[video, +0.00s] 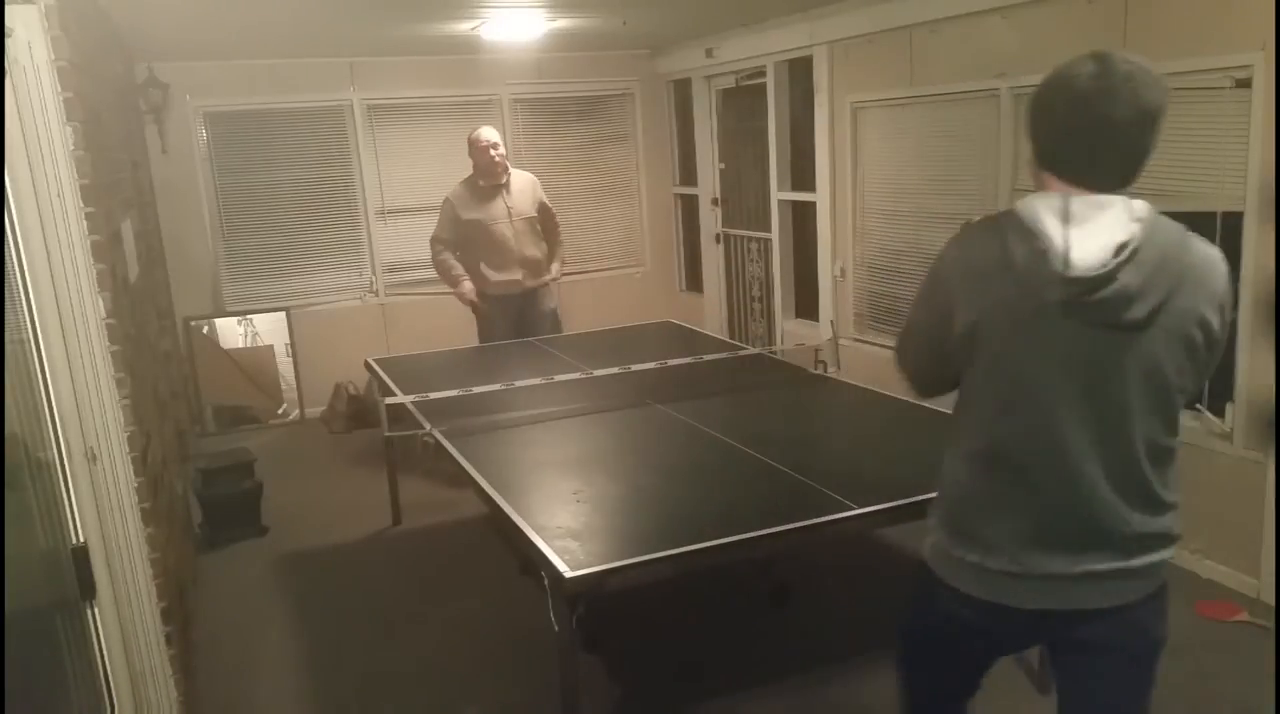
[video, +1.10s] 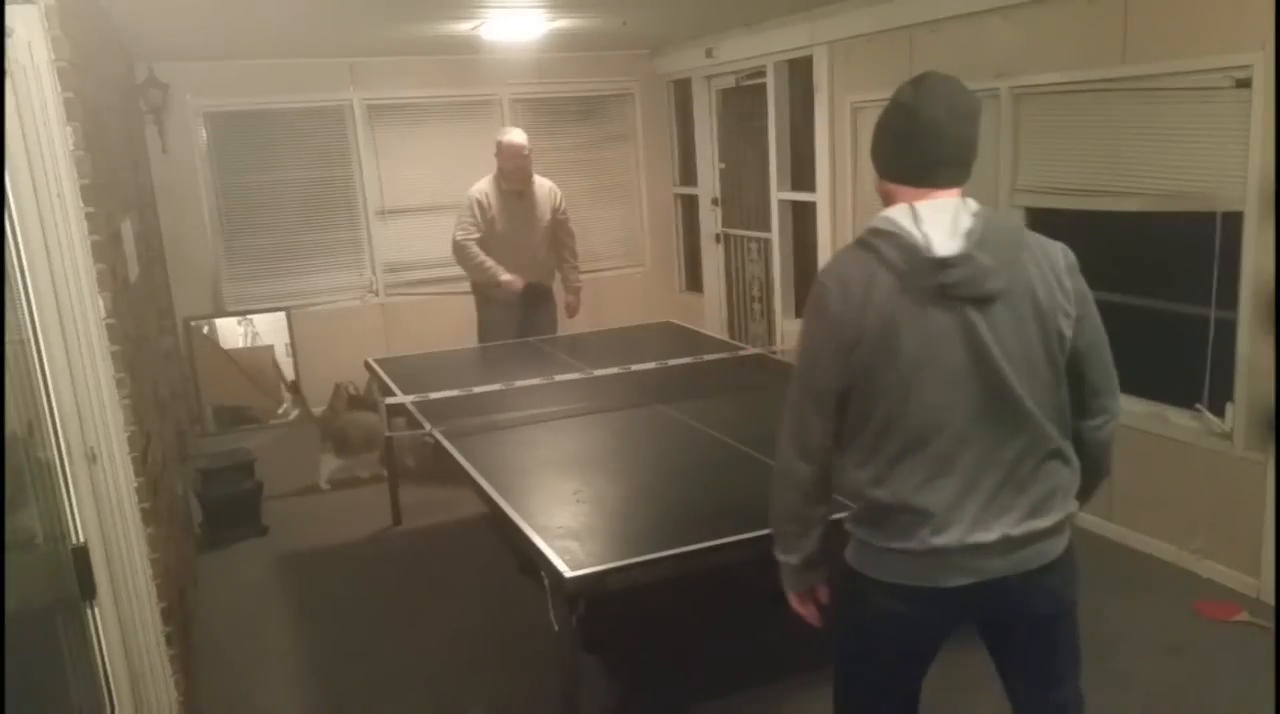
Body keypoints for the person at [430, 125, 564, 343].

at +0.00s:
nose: (492, 154)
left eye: (496, 146)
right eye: (484, 148)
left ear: (505, 150)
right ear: (471, 156)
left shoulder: (528, 182)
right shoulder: (457, 199)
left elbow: (552, 227)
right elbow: (440, 248)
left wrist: (555, 267)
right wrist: (462, 283)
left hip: (539, 294)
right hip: (493, 300)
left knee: (549, 363)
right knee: (499, 369)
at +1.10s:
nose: (521, 164)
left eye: (525, 156)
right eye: (513, 158)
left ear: (530, 155)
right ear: (498, 157)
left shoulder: (549, 192)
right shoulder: (481, 195)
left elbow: (565, 244)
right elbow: (463, 244)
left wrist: (572, 289)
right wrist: (501, 276)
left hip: (540, 296)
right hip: (497, 299)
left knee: (544, 364)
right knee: (500, 368)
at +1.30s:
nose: (522, 165)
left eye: (526, 157)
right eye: (514, 159)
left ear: (532, 156)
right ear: (498, 158)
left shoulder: (548, 193)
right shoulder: (482, 194)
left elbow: (564, 244)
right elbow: (475, 239)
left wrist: (572, 288)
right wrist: (523, 253)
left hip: (539, 298)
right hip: (495, 300)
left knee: (545, 368)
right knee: (500, 372)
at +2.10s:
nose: (522, 160)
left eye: (526, 154)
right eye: (515, 154)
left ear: (533, 153)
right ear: (500, 155)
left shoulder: (551, 193)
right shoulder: (482, 193)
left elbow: (565, 245)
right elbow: (459, 238)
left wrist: (571, 289)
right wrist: (485, 267)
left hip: (540, 298)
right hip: (498, 298)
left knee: (541, 368)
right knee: (501, 369)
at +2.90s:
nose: (513, 158)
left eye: (518, 150)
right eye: (506, 152)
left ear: (529, 151)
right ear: (496, 155)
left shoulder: (553, 190)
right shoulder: (478, 194)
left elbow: (572, 243)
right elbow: (461, 244)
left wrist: (574, 288)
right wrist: (470, 281)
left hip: (543, 299)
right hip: (498, 301)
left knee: (543, 369)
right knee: (500, 372)